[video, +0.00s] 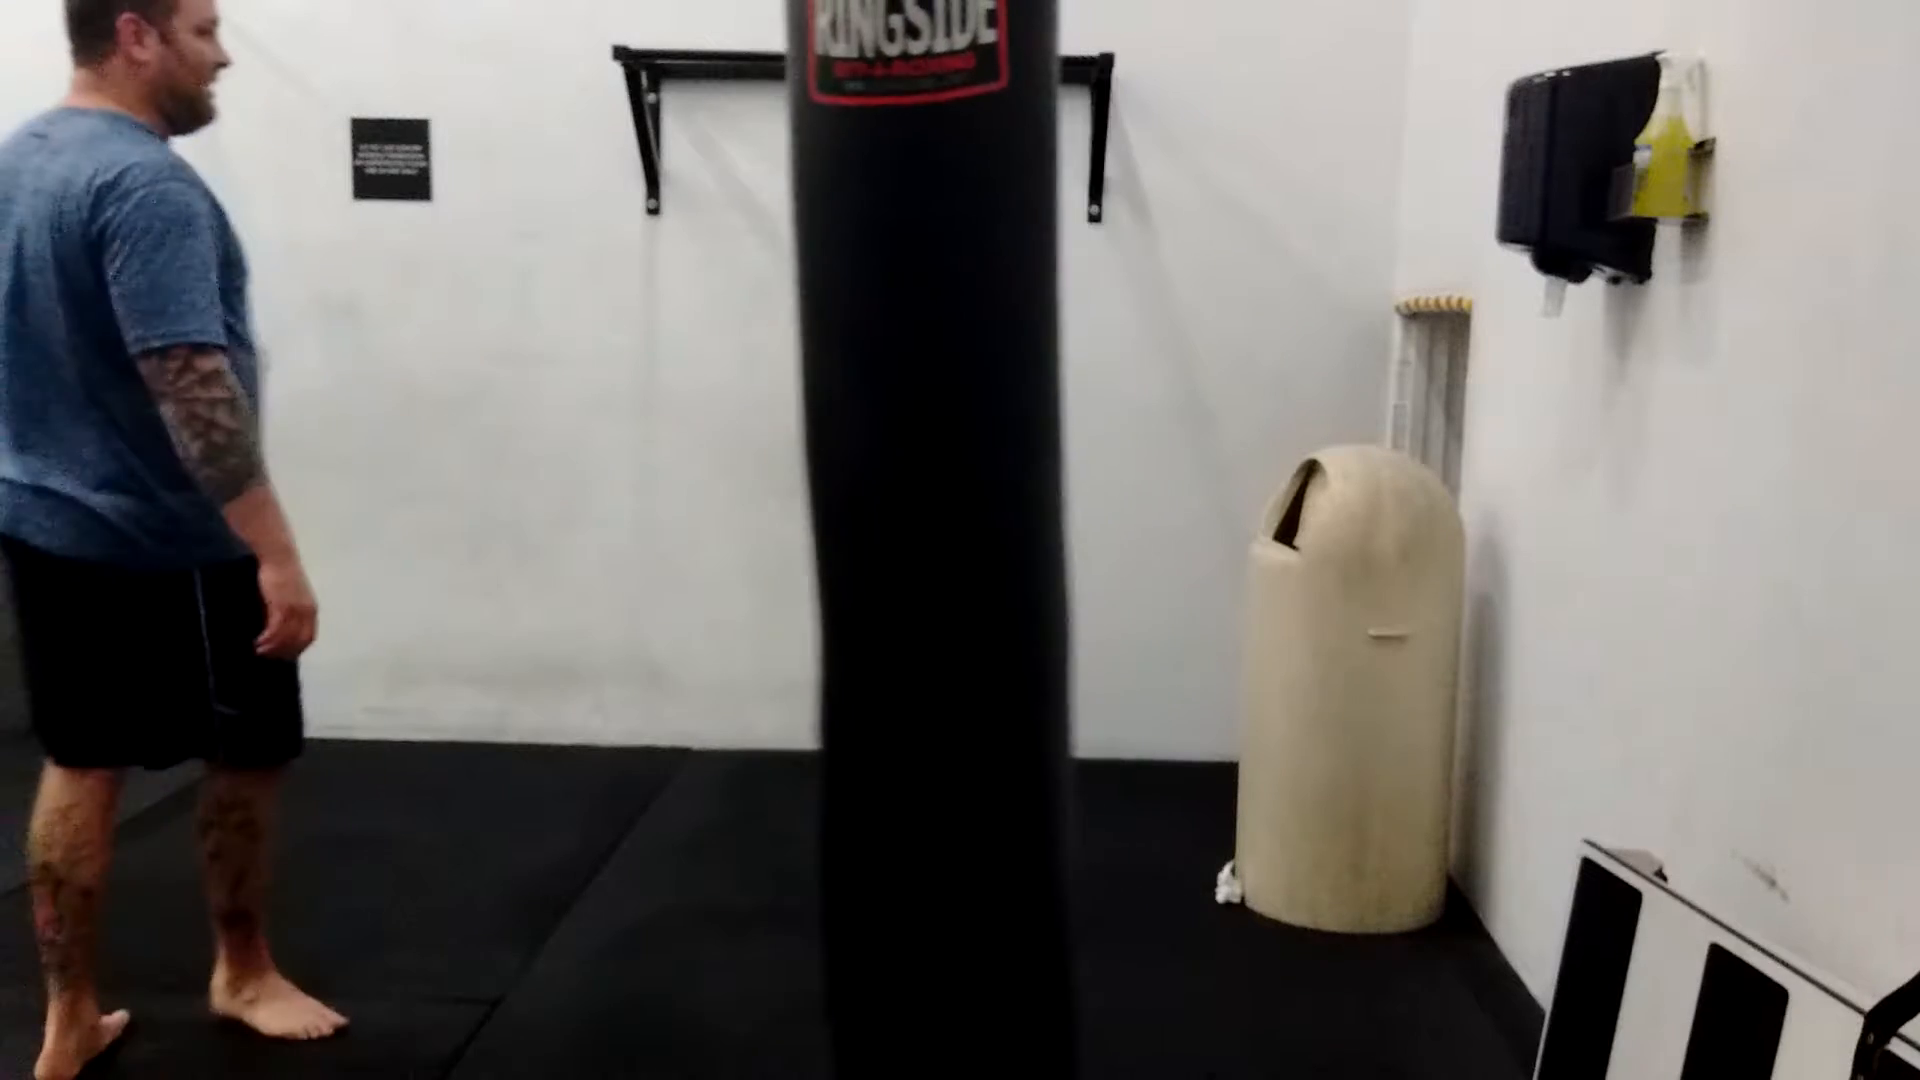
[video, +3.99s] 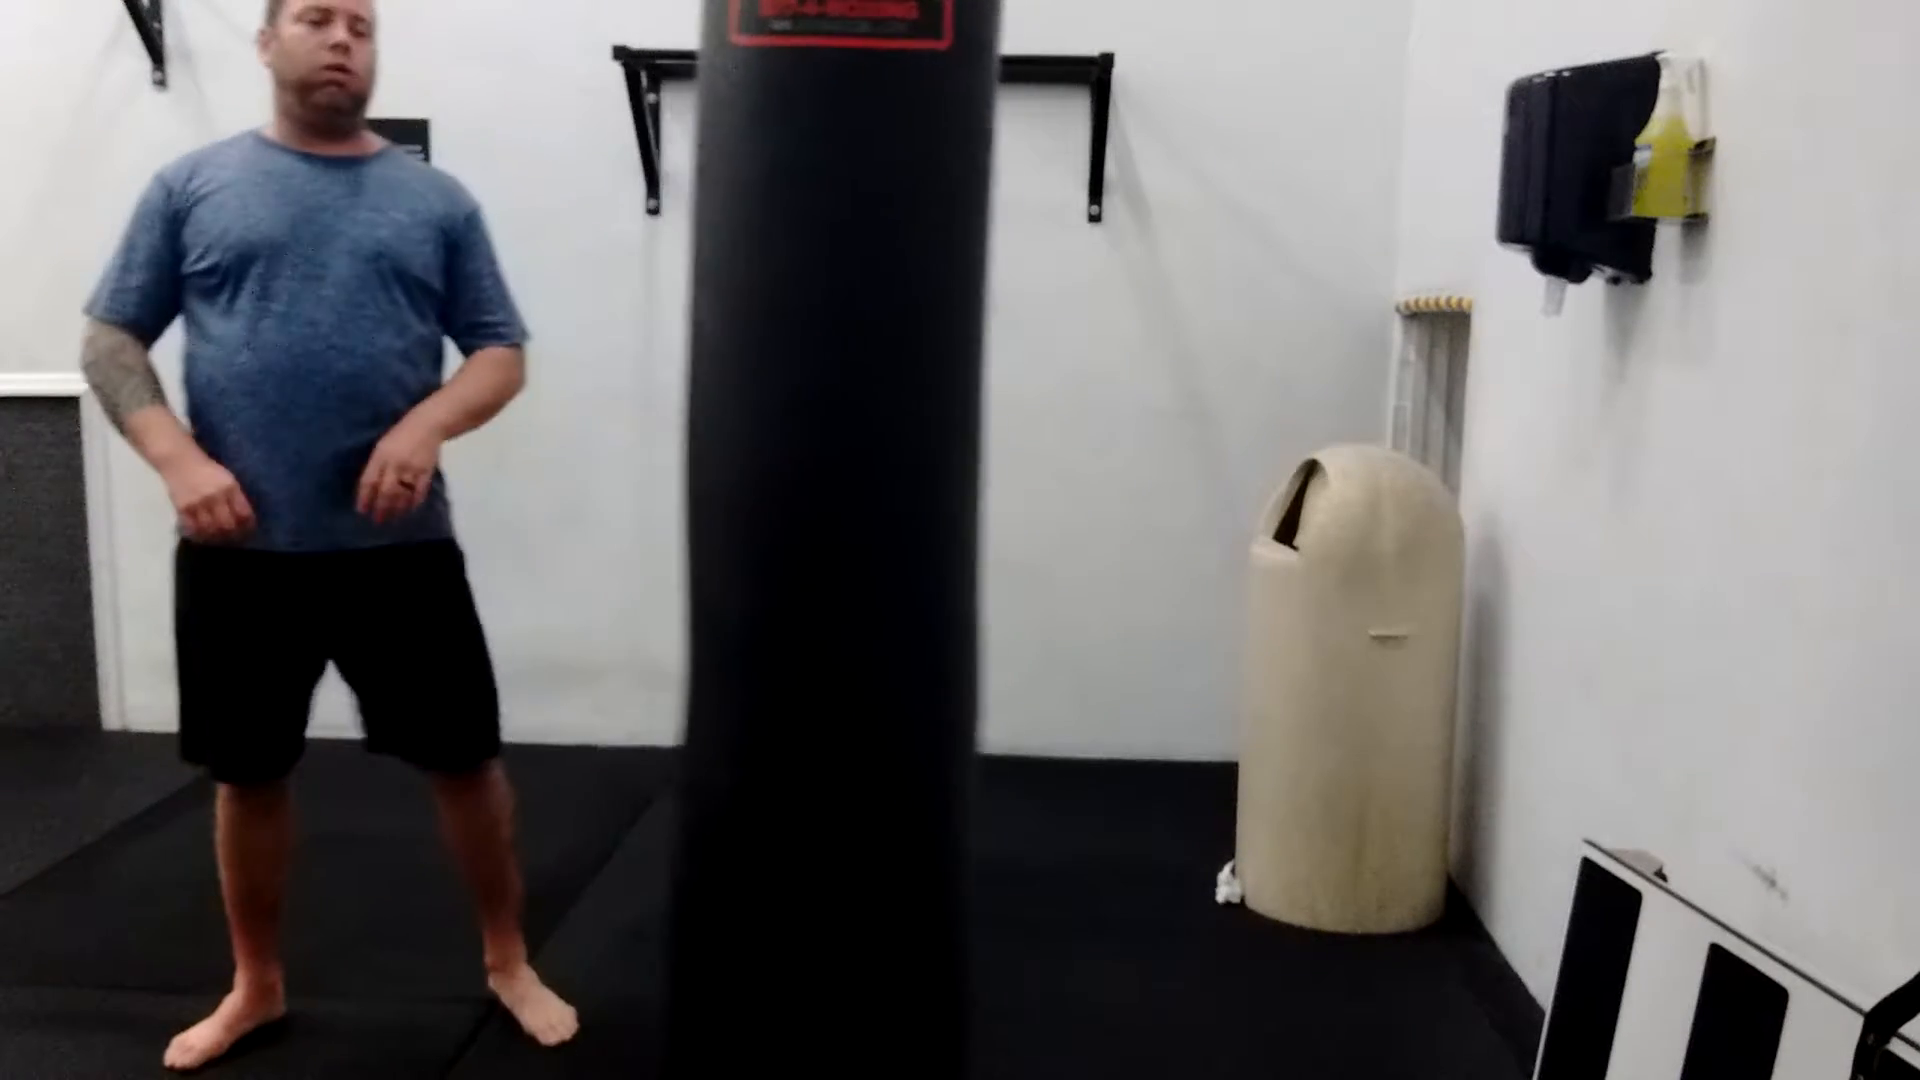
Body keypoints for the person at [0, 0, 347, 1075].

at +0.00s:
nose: (223, 54)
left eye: (218, 31)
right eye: (206, 31)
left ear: (126, 40)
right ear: (138, 37)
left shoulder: (24, 155)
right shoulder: (149, 182)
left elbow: (23, 356)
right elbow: (190, 383)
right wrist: (277, 552)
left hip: (46, 527)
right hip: (176, 539)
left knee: (78, 758)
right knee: (249, 742)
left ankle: (69, 1018)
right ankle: (245, 973)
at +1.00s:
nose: (386, 74)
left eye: (403, 61)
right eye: (367, 56)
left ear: (426, 84)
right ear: (325, 71)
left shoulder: (473, 213)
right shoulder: (260, 196)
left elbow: (546, 323)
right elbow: (196, 344)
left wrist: (562, 368)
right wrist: (161, 489)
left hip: (430, 517)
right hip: (297, 515)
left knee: (418, 718)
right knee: (280, 734)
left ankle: (433, 913)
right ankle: (254, 949)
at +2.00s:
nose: (377, 87)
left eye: (391, 73)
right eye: (357, 74)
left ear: (415, 93)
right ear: (324, 96)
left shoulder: (485, 208)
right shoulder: (287, 220)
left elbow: (563, 326)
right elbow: (246, 351)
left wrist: (521, 403)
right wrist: (264, 467)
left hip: (467, 493)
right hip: (345, 497)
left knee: (478, 688)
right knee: (366, 684)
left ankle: (483, 871)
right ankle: (376, 849)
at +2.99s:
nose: (308, 60)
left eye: (324, 41)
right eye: (283, 43)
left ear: (348, 54)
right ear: (242, 62)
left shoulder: (429, 181)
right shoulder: (199, 193)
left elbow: (523, 312)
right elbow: (83, 319)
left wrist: (475, 409)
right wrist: (181, 443)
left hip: (423, 520)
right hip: (275, 529)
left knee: (471, 740)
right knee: (288, 755)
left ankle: (519, 954)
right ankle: (280, 969)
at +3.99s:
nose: (341, 36)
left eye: (358, 26)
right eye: (316, 19)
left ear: (374, 58)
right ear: (267, 47)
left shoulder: (436, 199)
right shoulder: (193, 186)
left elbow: (502, 356)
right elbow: (108, 341)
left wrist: (424, 425)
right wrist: (179, 459)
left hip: (400, 547)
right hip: (245, 551)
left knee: (468, 764)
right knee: (247, 778)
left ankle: (509, 963)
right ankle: (255, 985)